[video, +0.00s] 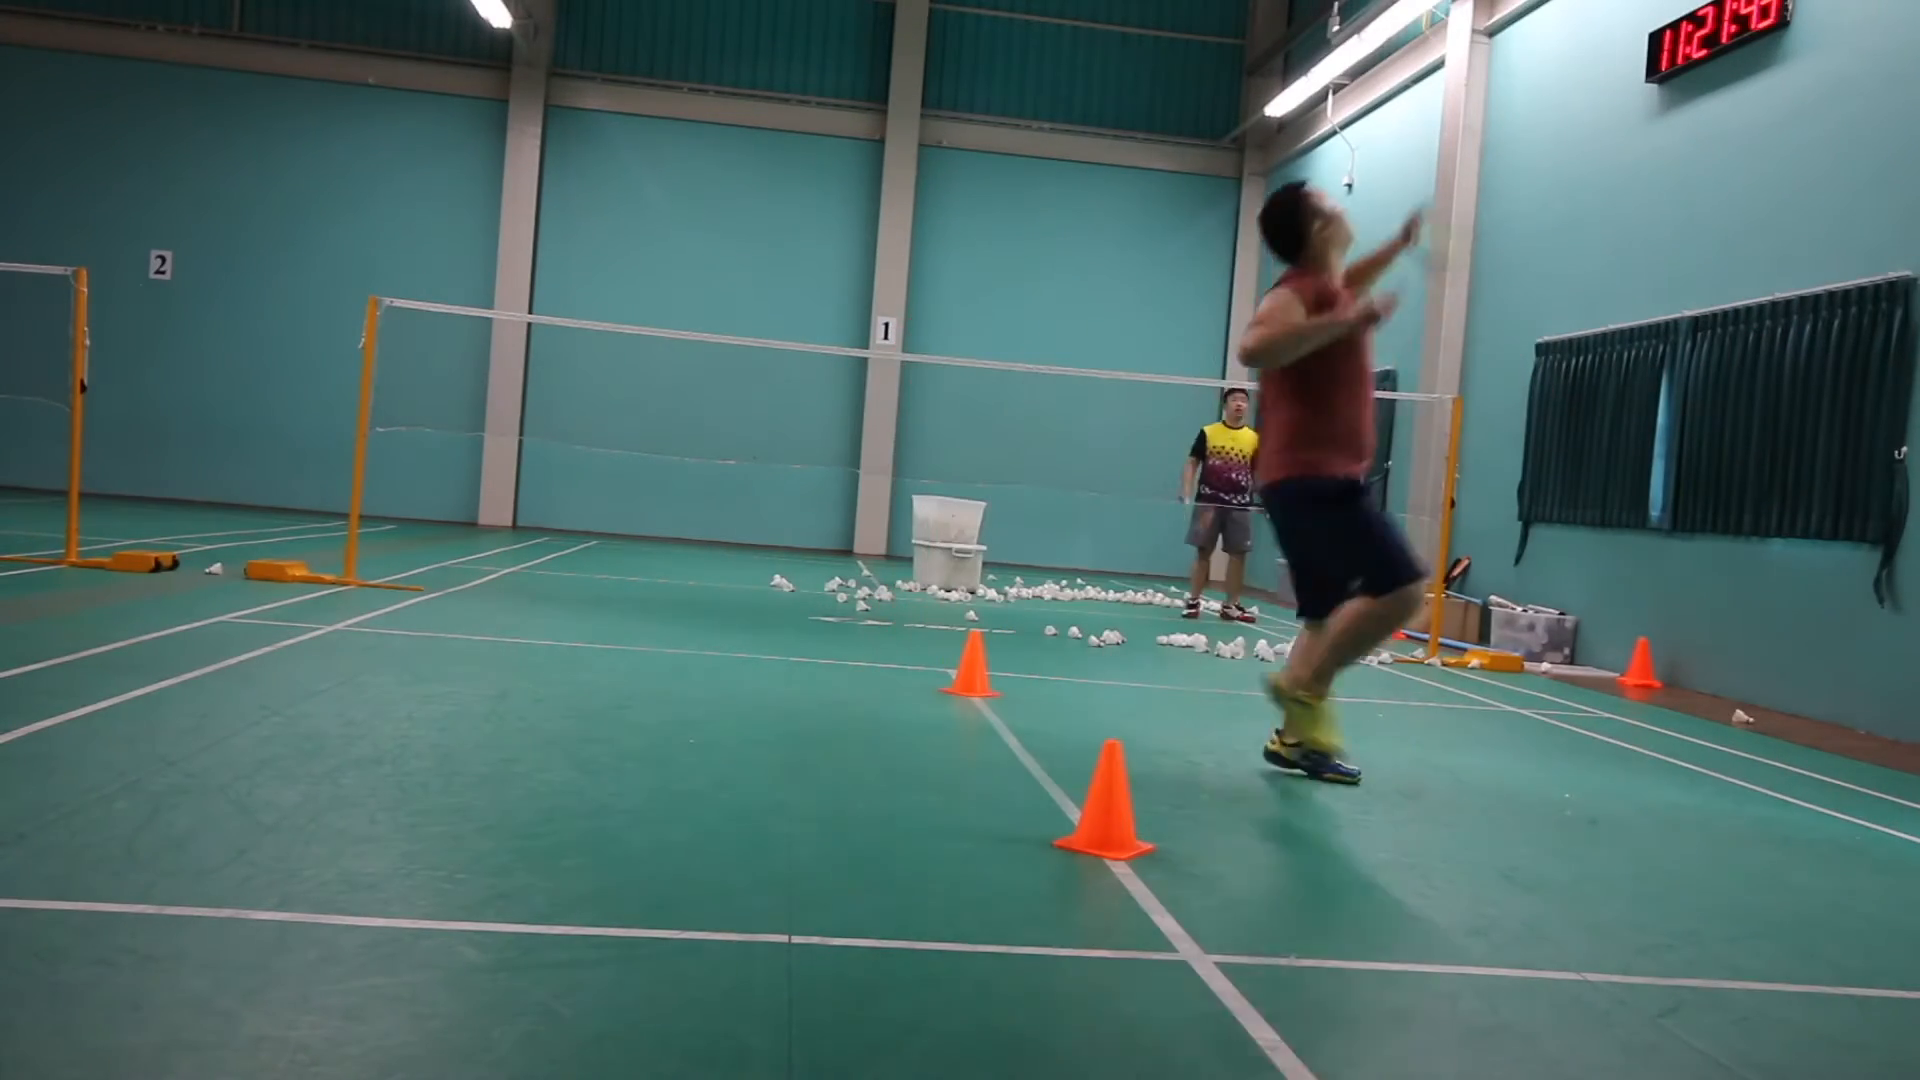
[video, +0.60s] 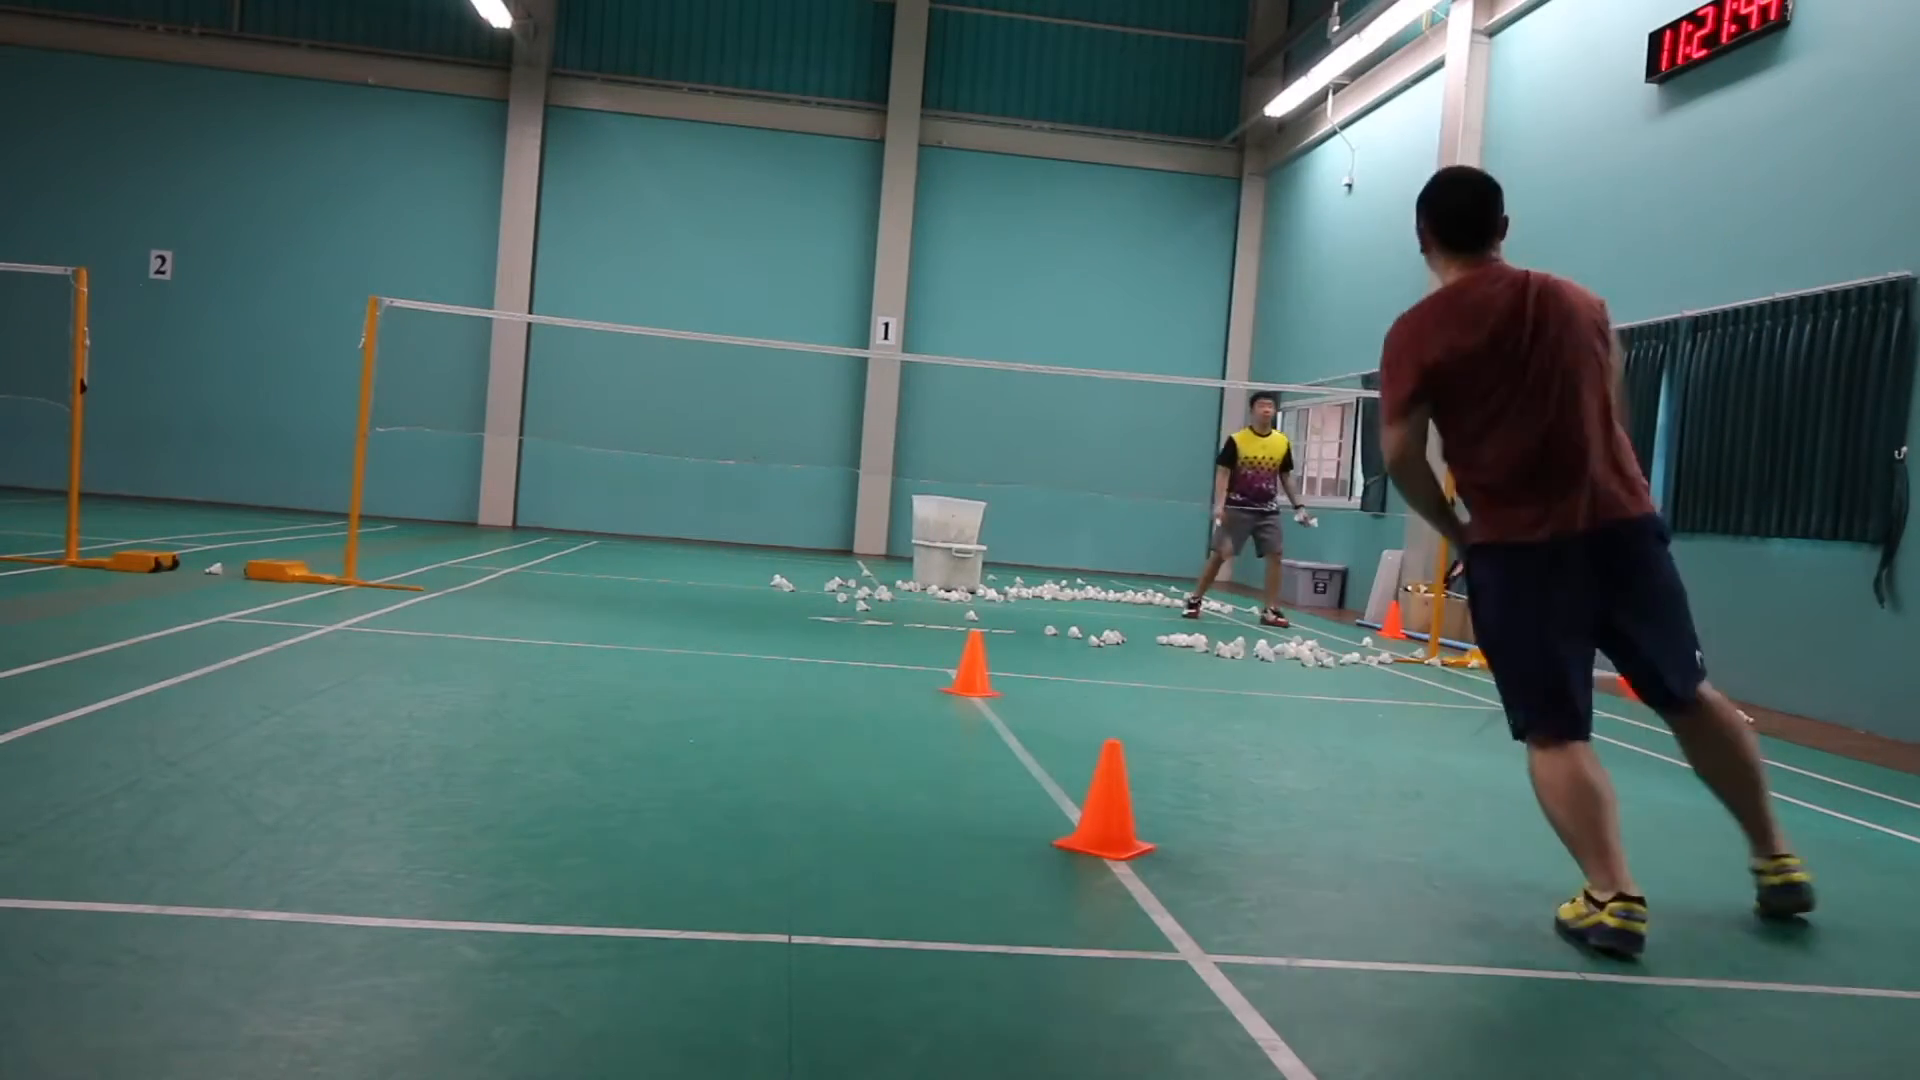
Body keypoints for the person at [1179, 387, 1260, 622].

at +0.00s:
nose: (1239, 405)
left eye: (1243, 401)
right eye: (1235, 400)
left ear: (1248, 407)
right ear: (1225, 405)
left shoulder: (1253, 438)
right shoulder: (1208, 432)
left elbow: (1257, 470)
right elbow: (1192, 462)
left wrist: (1262, 494)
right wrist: (1187, 490)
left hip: (1239, 503)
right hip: (1210, 501)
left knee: (1238, 554)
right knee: (1203, 553)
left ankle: (1231, 604)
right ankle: (1194, 599)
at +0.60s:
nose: (1266, 410)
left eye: (1270, 406)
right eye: (1261, 406)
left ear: (1275, 412)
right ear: (1252, 410)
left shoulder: (1282, 443)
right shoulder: (1237, 440)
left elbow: (1286, 477)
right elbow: (1223, 474)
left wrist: (1298, 508)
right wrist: (1219, 507)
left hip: (1268, 511)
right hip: (1238, 509)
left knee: (1275, 556)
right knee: (1221, 554)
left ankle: (1270, 609)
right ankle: (1196, 598)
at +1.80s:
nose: (1268, 414)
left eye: (1272, 410)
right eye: (1263, 409)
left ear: (1277, 415)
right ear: (1255, 413)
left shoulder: (1280, 445)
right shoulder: (1240, 441)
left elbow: (1281, 476)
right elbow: (1223, 468)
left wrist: (1299, 501)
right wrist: (1237, 495)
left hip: (1259, 508)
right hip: (1234, 505)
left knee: (1261, 558)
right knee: (1235, 554)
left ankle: (1253, 607)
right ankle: (1226, 608)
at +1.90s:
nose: (1273, 411)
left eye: (1277, 407)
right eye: (1269, 406)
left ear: (1280, 413)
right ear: (1258, 409)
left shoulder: (1276, 441)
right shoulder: (1244, 429)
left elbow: (1274, 475)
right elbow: (1233, 434)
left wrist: (1292, 499)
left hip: (1257, 504)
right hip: (1232, 501)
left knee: (1261, 556)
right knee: (1235, 552)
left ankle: (1253, 605)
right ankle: (1227, 608)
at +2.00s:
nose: (1274, 406)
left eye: (1278, 403)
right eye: (1269, 402)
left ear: (1279, 410)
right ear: (1257, 405)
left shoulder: (1273, 440)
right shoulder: (1246, 426)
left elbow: (1265, 474)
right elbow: (1245, 404)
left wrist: (1283, 495)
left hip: (1257, 502)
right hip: (1233, 499)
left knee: (1260, 554)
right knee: (1238, 552)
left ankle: (1250, 603)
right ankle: (1226, 606)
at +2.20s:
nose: (1274, 408)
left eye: (1277, 404)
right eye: (1269, 404)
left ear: (1280, 411)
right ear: (1257, 409)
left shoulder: (1275, 445)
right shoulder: (1244, 431)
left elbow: (1268, 481)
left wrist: (1284, 506)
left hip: (1258, 505)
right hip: (1234, 502)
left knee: (1258, 556)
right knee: (1231, 553)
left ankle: (1244, 604)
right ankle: (1226, 605)